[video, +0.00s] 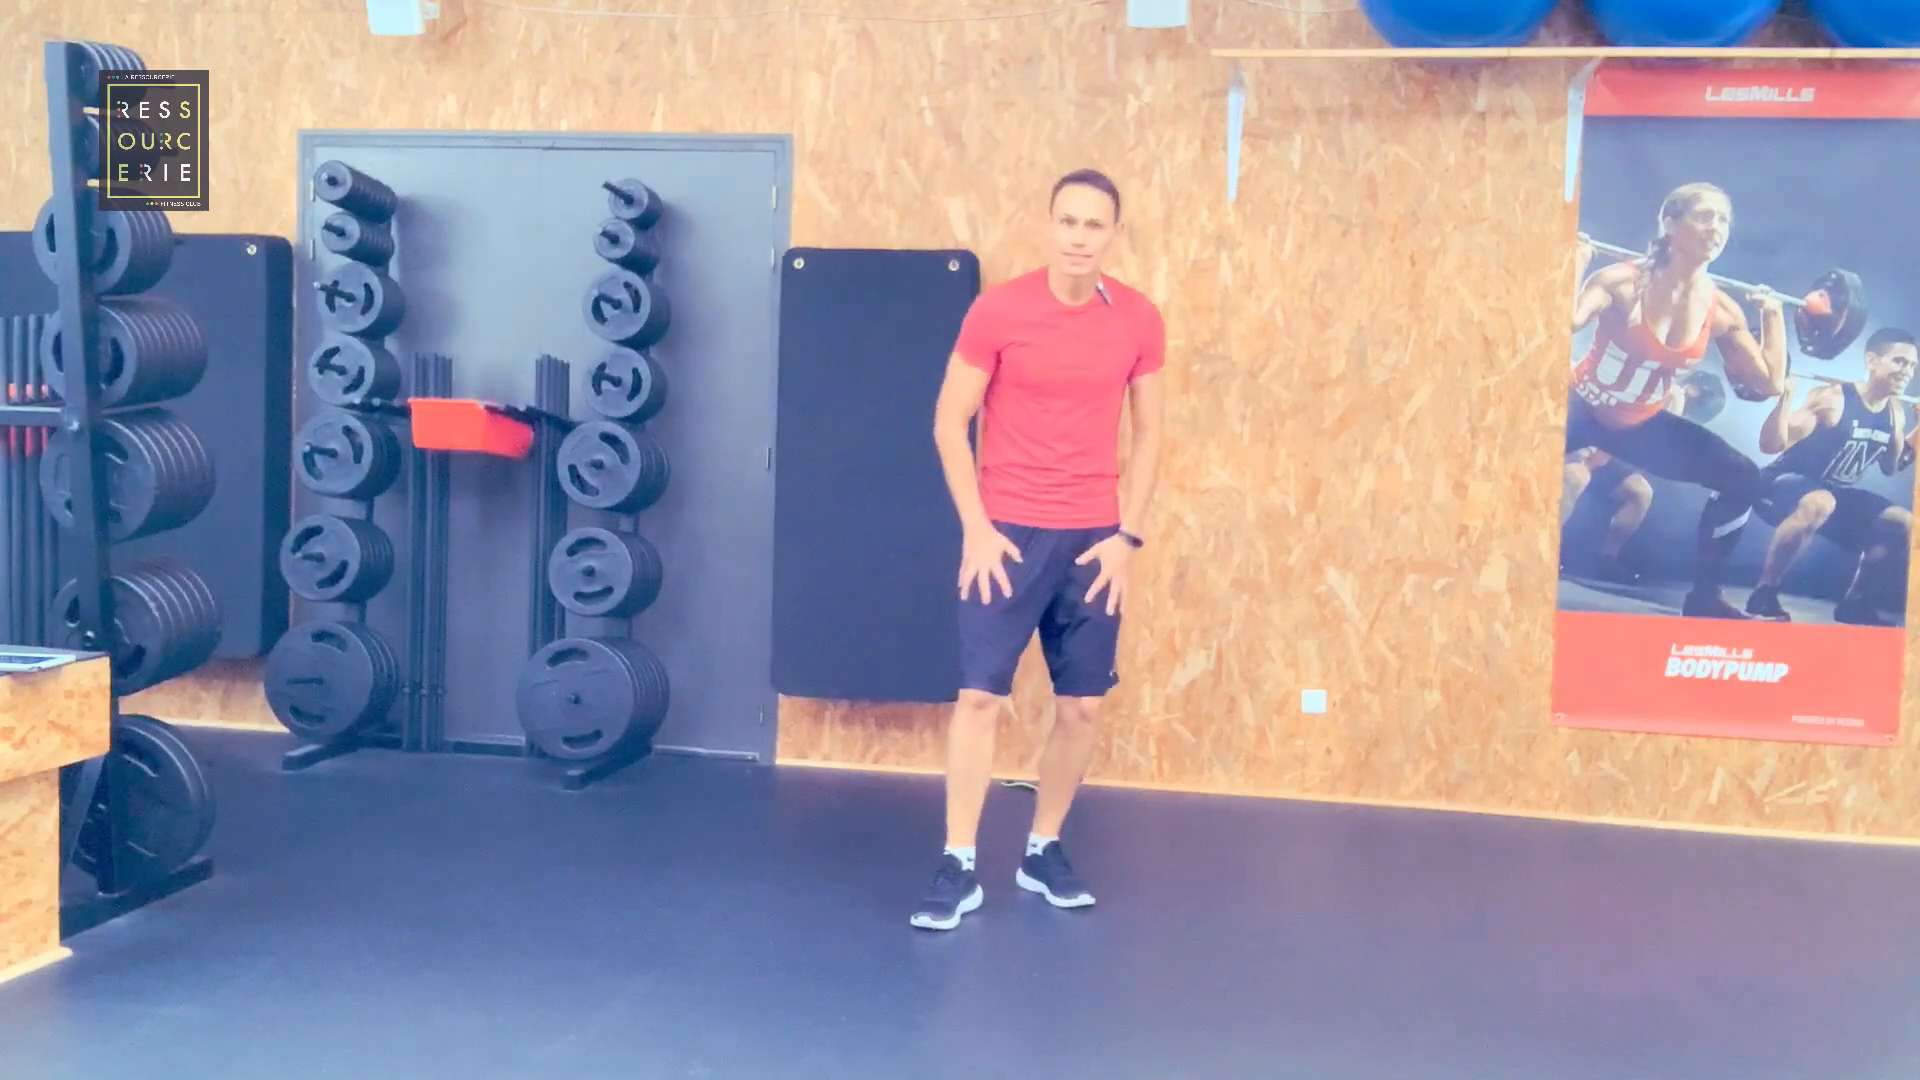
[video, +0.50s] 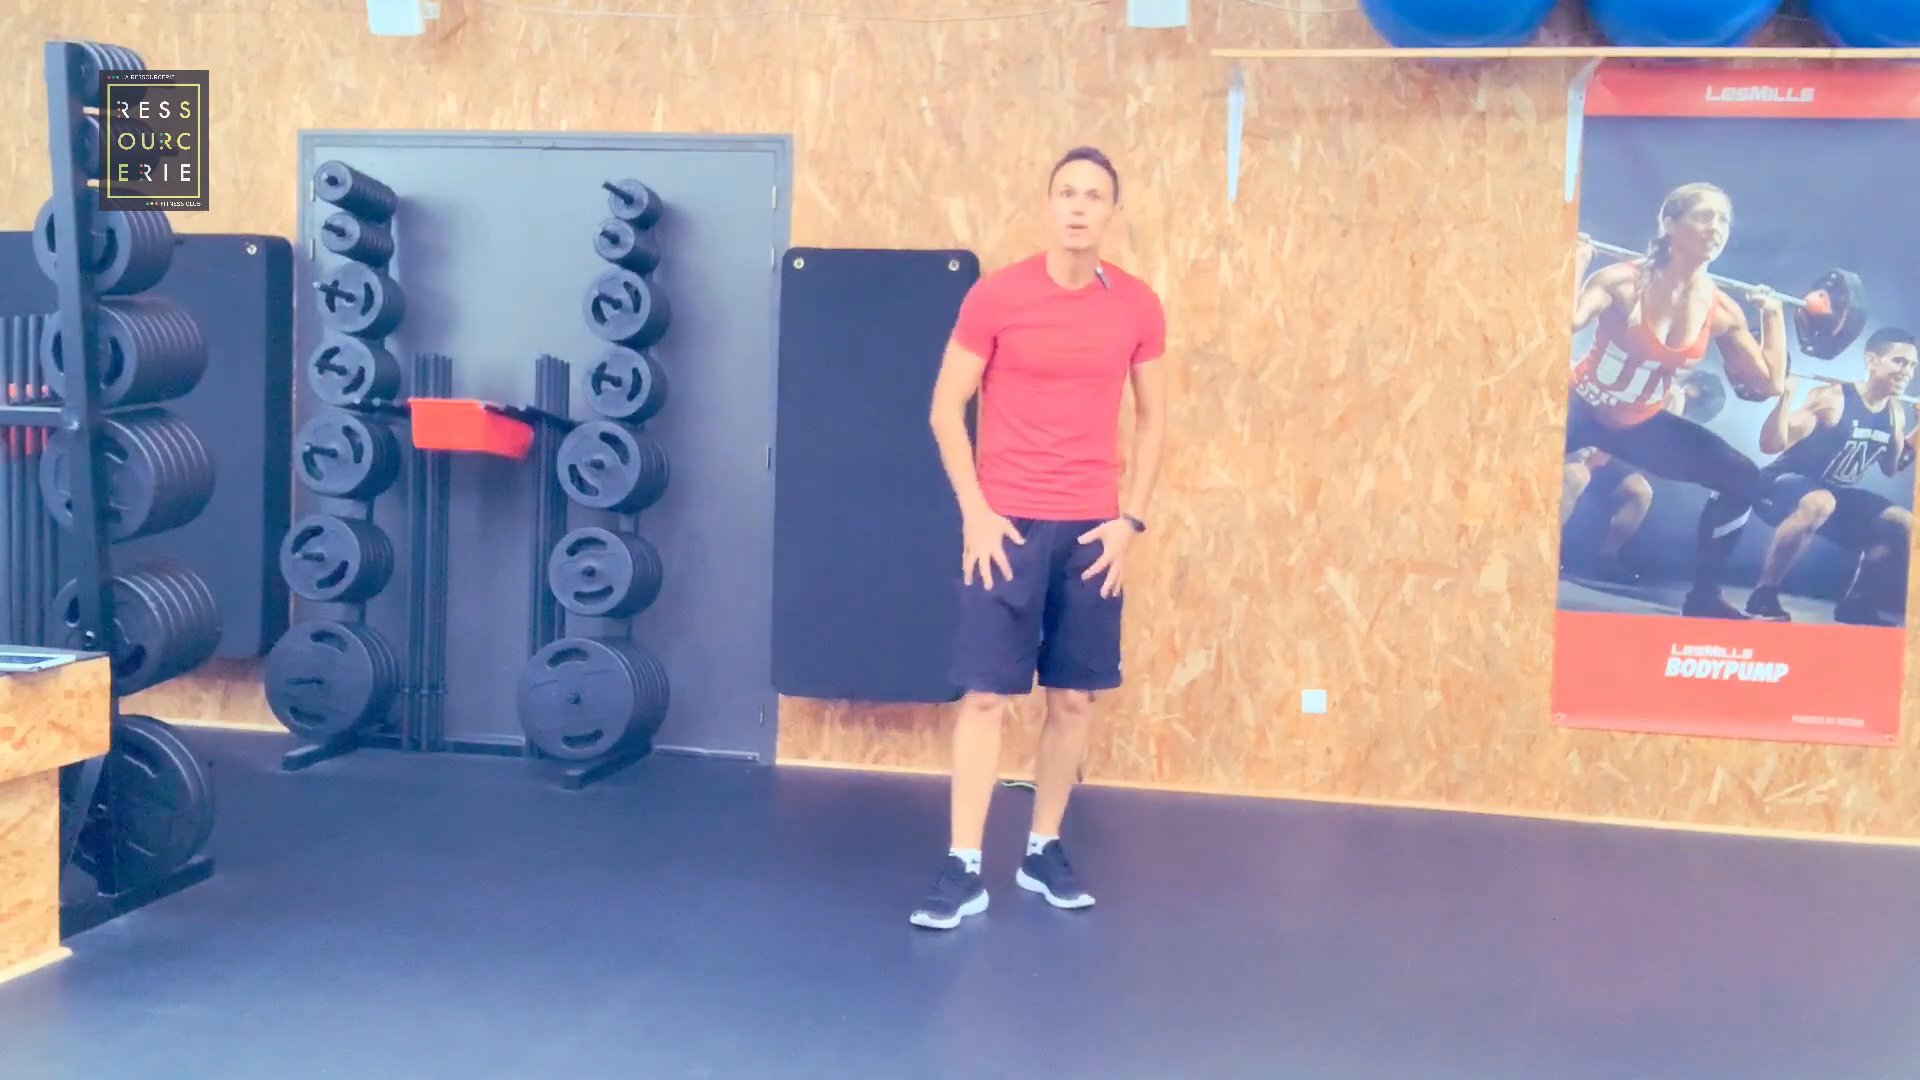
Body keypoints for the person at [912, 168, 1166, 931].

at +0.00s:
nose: (1079, 237)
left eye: (1094, 225)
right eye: (1068, 221)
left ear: (1115, 236)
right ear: (1047, 226)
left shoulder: (1138, 320)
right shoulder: (996, 310)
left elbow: (1148, 433)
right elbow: (948, 424)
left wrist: (1128, 535)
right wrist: (975, 525)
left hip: (1094, 539)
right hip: (1005, 534)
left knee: (1081, 704)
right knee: (980, 695)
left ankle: (1043, 851)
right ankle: (957, 864)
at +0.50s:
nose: (1079, 208)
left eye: (1094, 197)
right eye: (1069, 194)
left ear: (1114, 214)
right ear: (1047, 205)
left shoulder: (1138, 307)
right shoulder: (995, 295)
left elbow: (1152, 417)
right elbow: (945, 410)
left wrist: (1131, 518)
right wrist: (975, 509)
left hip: (1093, 530)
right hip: (1005, 526)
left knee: (1071, 697)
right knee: (984, 695)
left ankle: (1044, 850)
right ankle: (963, 865)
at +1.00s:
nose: (1025, 187)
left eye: (1041, 176)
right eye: (1014, 173)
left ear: (1065, 196)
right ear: (994, 191)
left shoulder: (1093, 293)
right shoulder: (949, 286)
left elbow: (1127, 411)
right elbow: (910, 409)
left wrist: (1106, 513)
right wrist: (929, 515)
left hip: (1061, 529)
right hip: (967, 526)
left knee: (1058, 699)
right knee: (964, 696)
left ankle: (1047, 845)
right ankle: (962, 866)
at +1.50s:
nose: (1007, 180)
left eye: (1023, 170)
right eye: (995, 168)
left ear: (1045, 192)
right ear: (971, 188)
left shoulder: (1077, 285)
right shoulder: (928, 285)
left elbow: (1115, 420)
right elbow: (888, 413)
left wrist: (1104, 378)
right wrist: (898, 524)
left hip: (1049, 525)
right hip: (955, 526)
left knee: (1056, 707)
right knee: (961, 704)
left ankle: (1070, 897)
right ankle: (961, 873)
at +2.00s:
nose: (1064, 178)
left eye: (1080, 165)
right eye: (1051, 163)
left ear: (1103, 183)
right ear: (1027, 178)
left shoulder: (1138, 281)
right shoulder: (981, 280)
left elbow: (1173, 416)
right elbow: (946, 411)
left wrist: (1146, 401)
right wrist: (946, 527)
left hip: (1105, 530)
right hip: (1006, 528)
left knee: (1091, 721)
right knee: (982, 717)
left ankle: (1072, 907)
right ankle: (965, 858)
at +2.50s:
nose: (1076, 165)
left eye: (1094, 152)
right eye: (1063, 151)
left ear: (1120, 174)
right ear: (1039, 170)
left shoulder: (1154, 279)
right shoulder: (991, 273)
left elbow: (1188, 423)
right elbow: (951, 406)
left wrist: (1172, 396)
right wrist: (955, 529)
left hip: (1112, 536)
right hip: (1010, 531)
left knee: (1092, 734)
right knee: (995, 732)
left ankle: (1071, 911)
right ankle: (970, 932)